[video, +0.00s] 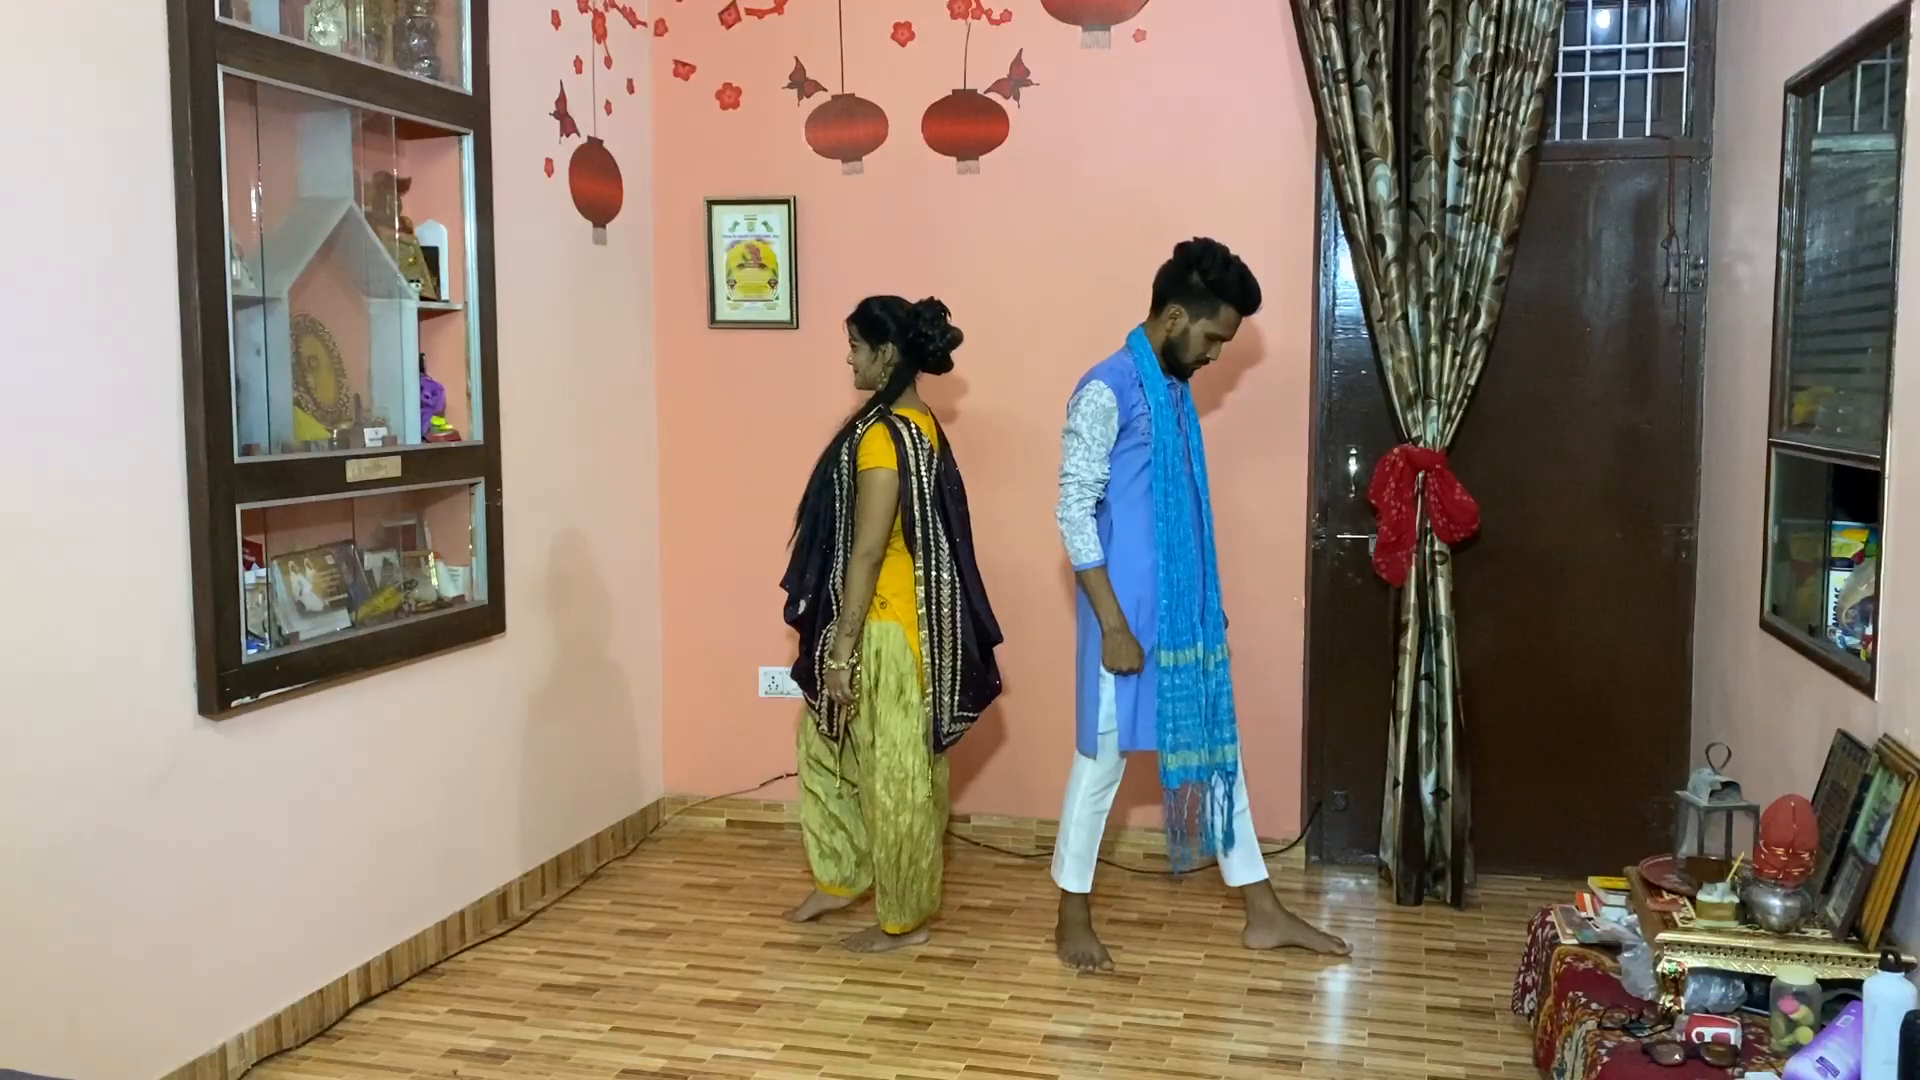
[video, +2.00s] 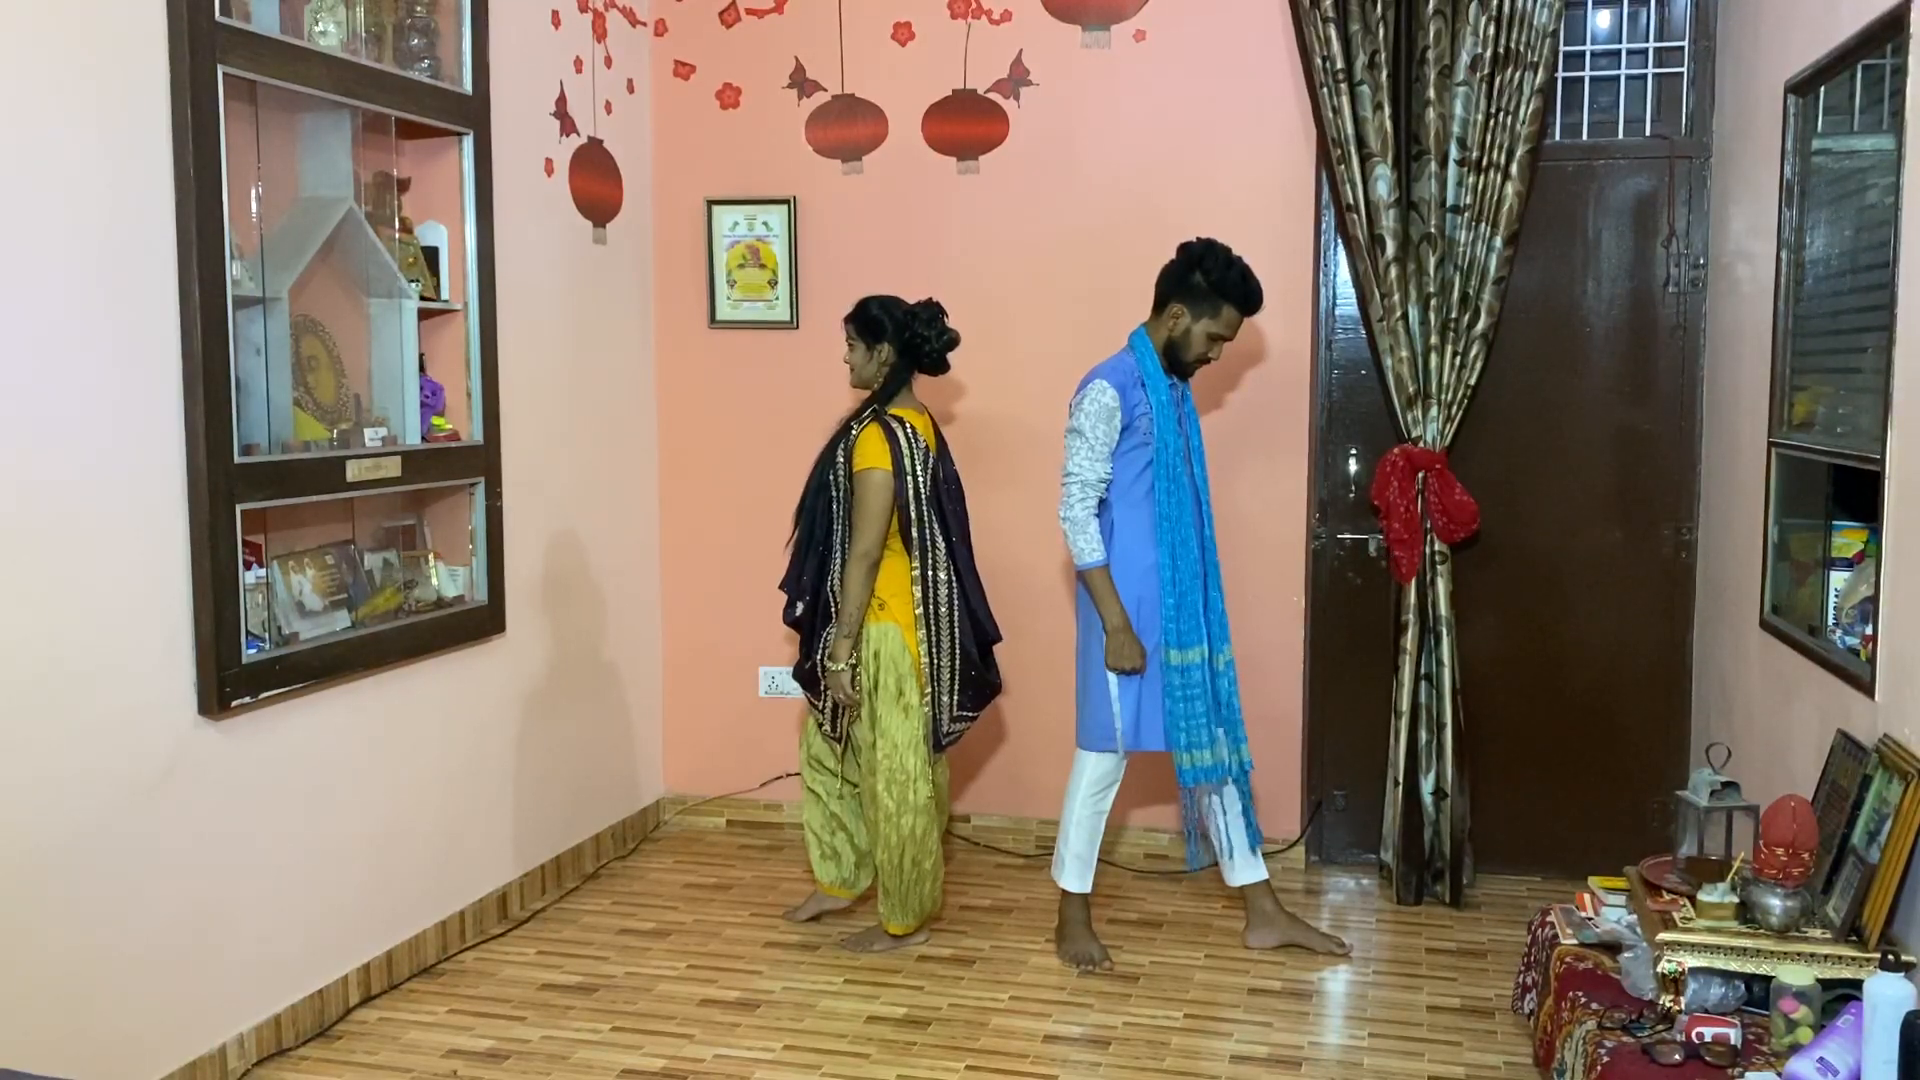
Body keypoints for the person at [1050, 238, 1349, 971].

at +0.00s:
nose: (1217, 352)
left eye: (1225, 339)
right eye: (1214, 336)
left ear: (1196, 320)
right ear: (1172, 312)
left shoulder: (1173, 390)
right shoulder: (1105, 393)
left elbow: (1177, 516)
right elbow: (1075, 515)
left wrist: (1204, 608)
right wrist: (1113, 623)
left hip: (1186, 606)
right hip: (1123, 607)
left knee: (1214, 747)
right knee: (1102, 757)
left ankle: (1263, 908)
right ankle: (1073, 915)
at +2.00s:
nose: (1219, 352)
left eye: (1227, 339)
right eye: (1215, 336)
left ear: (1195, 320)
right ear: (1174, 311)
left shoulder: (1172, 391)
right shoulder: (1106, 392)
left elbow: (1170, 515)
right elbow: (1077, 514)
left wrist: (1195, 606)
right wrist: (1116, 623)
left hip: (1184, 603)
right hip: (1123, 604)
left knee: (1214, 743)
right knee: (1103, 753)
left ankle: (1263, 908)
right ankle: (1072, 914)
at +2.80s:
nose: (1232, 302)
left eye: (1225, 288)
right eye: (1216, 290)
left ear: (1181, 313)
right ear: (1173, 311)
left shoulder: (1188, 401)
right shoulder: (1135, 402)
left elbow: (1189, 502)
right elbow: (1111, 506)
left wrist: (1240, 546)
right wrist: (1215, 552)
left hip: (1196, 616)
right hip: (1140, 619)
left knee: (1277, 733)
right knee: (1136, 767)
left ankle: (1270, 908)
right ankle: (1078, 918)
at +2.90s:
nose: (1218, 272)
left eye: (1209, 260)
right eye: (1201, 264)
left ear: (1182, 289)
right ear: (1167, 290)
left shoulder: (1205, 378)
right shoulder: (1146, 368)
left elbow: (1258, 405)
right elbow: (1165, 376)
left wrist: (1263, 389)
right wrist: (1227, 373)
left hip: (1220, 589)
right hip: (1157, 588)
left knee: (1275, 731)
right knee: (1132, 752)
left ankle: (1271, 905)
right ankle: (1073, 907)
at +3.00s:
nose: (1205, 255)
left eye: (1198, 246)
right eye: (1190, 248)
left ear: (1175, 270)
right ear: (1155, 269)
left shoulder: (1201, 321)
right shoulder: (1158, 326)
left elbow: (1234, 225)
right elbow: (1177, 230)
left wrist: (1288, 157)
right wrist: (1255, 129)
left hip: (1230, 540)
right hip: (1170, 539)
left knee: (1253, 700)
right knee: (1131, 707)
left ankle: (1278, 880)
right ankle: (1075, 885)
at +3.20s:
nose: (1202, 251)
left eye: (1192, 242)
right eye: (1183, 245)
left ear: (1164, 274)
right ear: (1155, 274)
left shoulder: (1219, 325)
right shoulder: (1173, 336)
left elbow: (1241, 247)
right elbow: (1191, 247)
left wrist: (1266, 171)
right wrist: (1247, 161)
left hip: (1250, 557)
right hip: (1193, 558)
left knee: (1258, 714)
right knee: (1144, 718)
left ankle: (1268, 890)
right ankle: (1076, 890)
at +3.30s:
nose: (1206, 262)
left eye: (1196, 253)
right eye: (1189, 260)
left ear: (1180, 287)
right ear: (1162, 293)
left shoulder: (1207, 346)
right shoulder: (1164, 353)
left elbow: (1244, 345)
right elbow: (1198, 350)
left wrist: (1267, 323)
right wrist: (1254, 322)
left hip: (1254, 568)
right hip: (1200, 571)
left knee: (1260, 725)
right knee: (1147, 728)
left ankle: (1264, 898)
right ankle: (1064, 890)